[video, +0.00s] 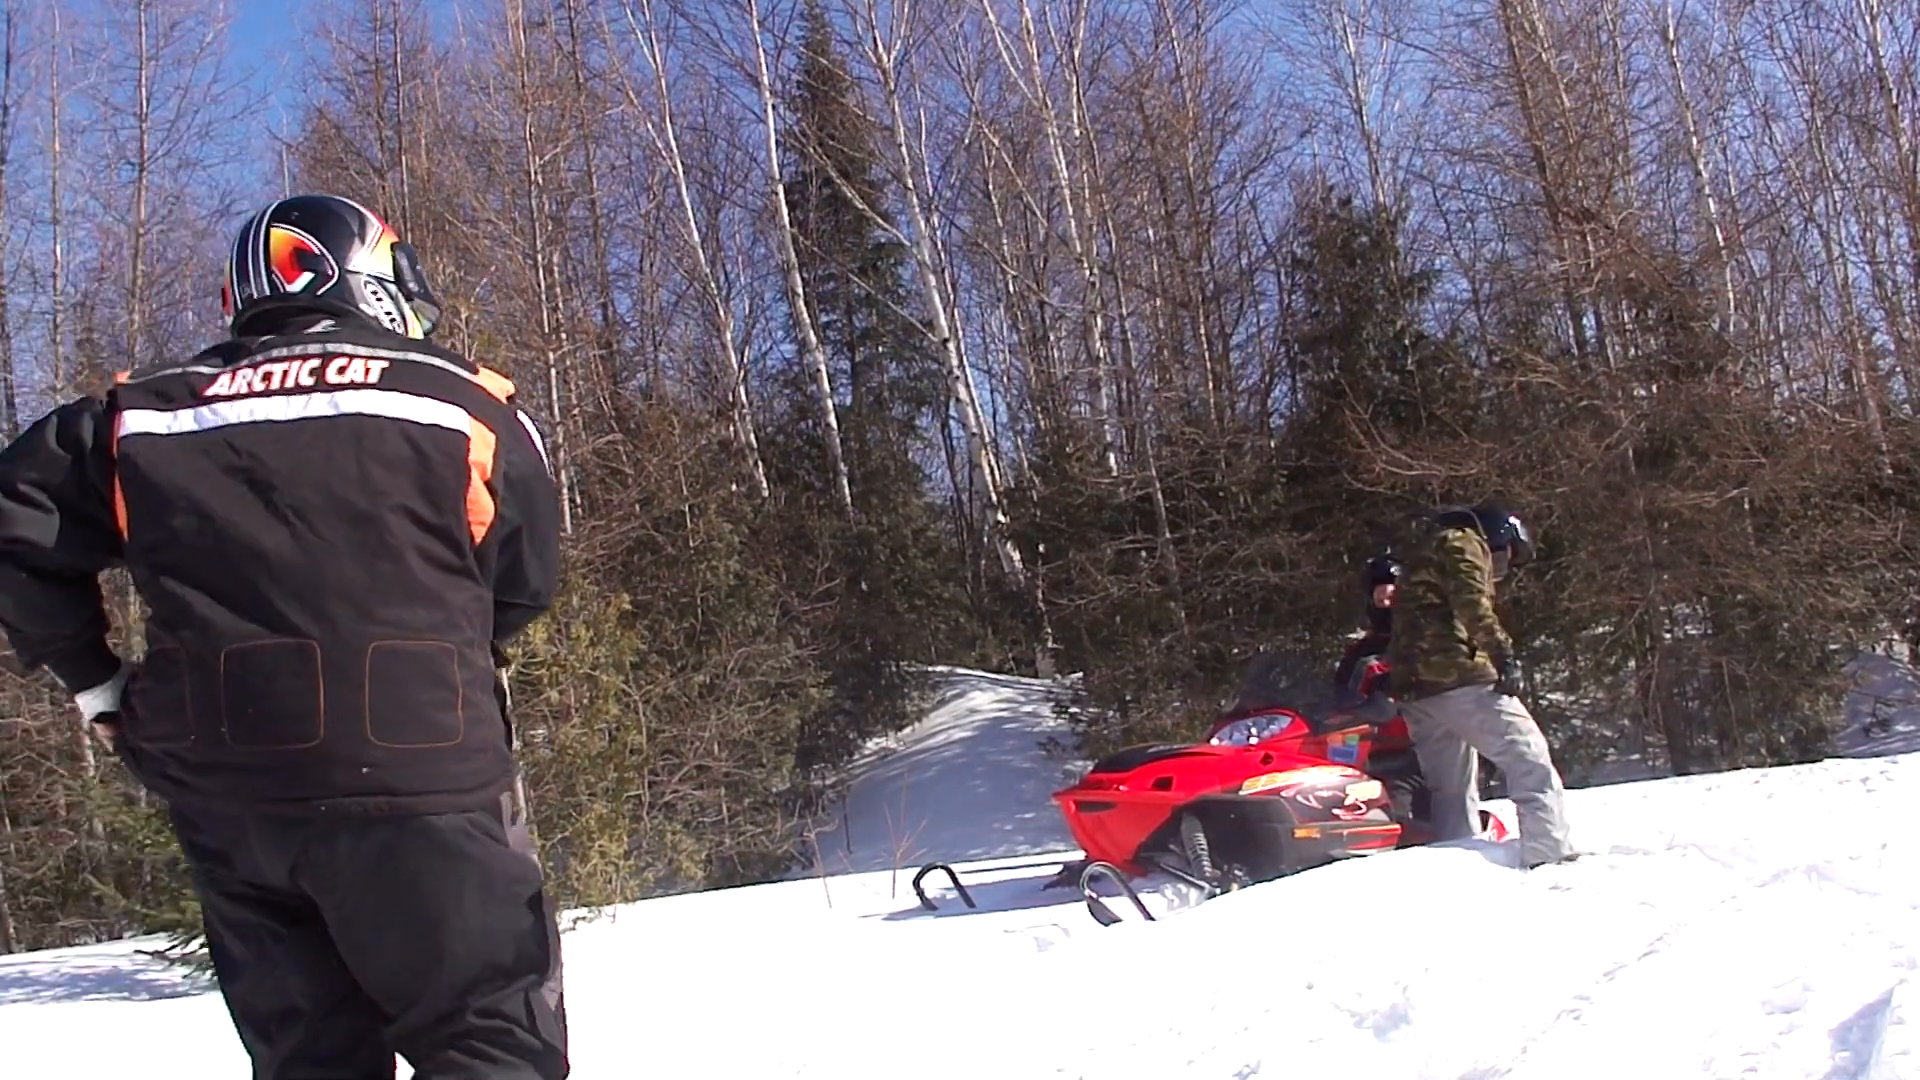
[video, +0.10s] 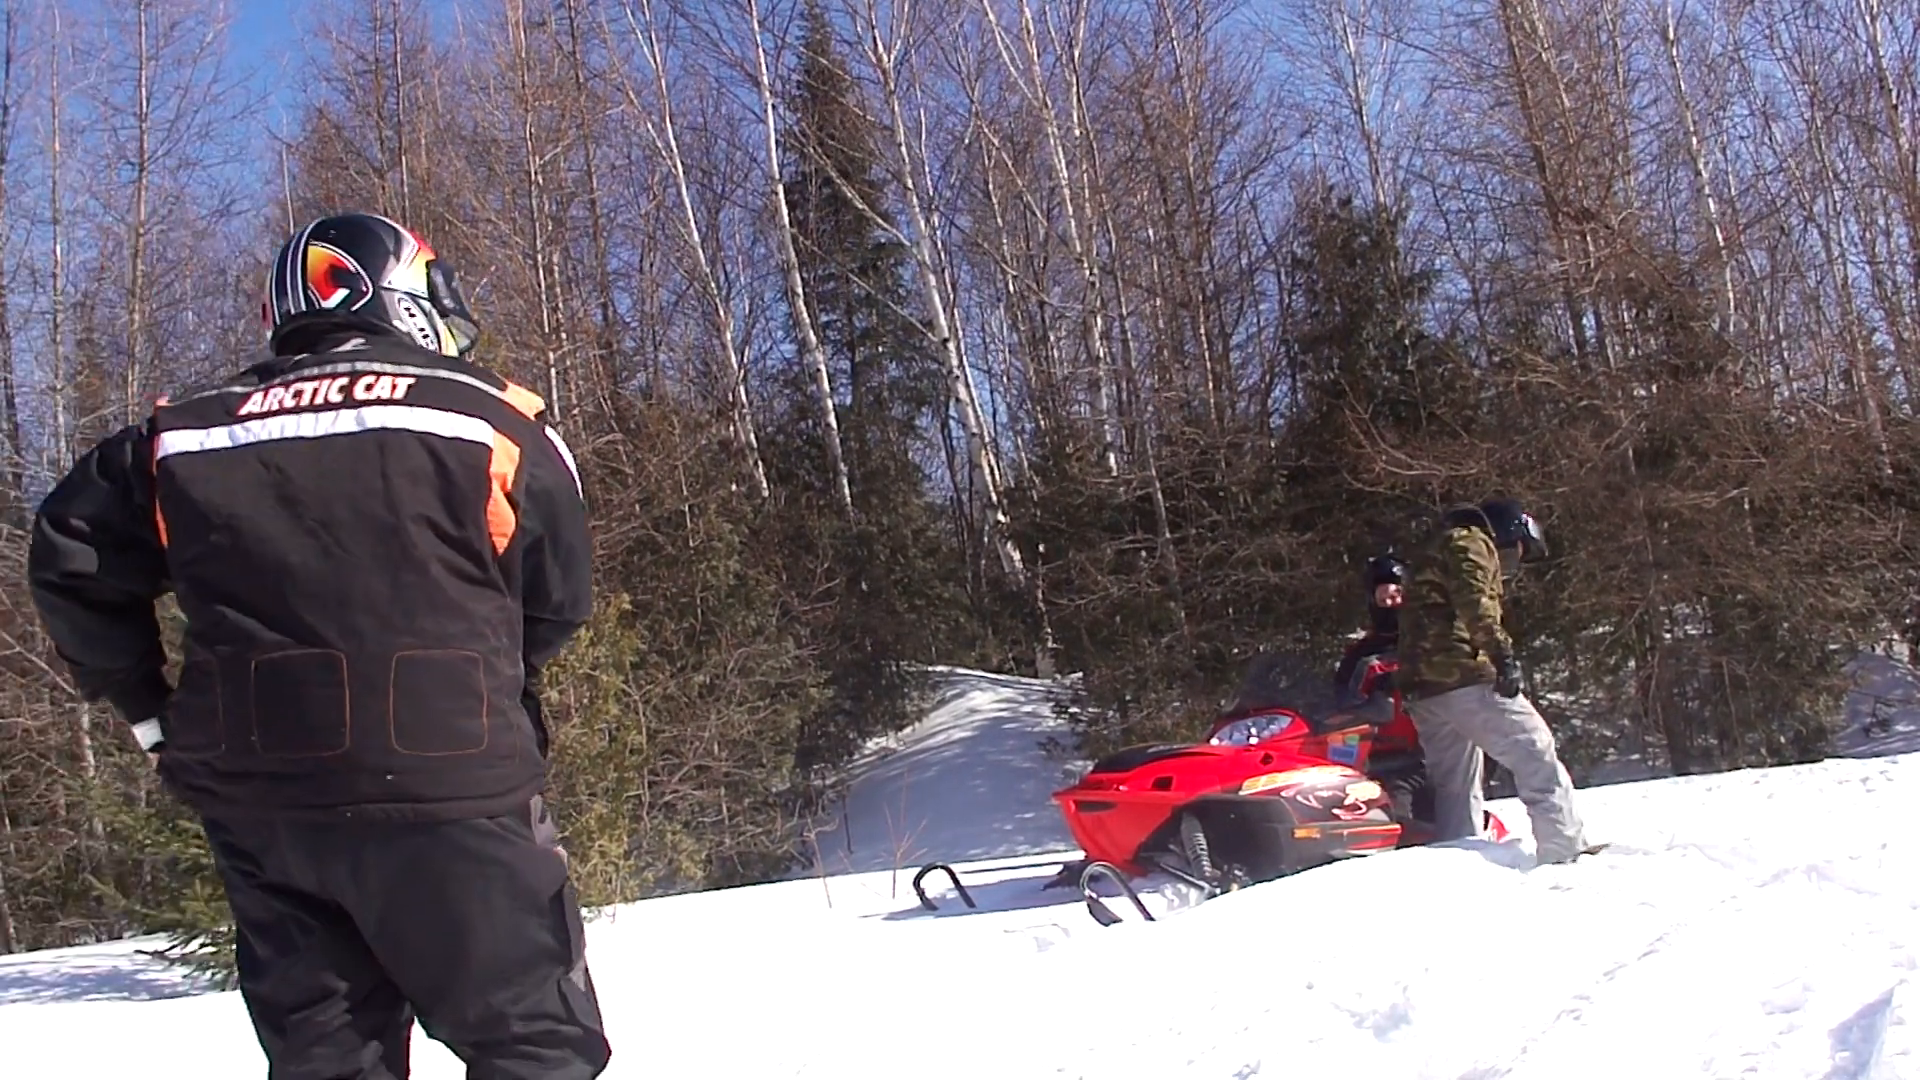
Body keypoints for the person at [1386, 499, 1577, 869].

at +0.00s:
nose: (1504, 566)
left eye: (1510, 560)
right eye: (1508, 555)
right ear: (1497, 536)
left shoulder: (1421, 551)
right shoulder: (1461, 542)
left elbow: (1409, 623)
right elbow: (1473, 606)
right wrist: (1505, 657)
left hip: (1412, 686)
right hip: (1456, 675)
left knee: (1450, 789)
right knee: (1527, 753)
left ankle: (1459, 868)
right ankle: (1548, 853)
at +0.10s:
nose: (1514, 563)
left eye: (1521, 557)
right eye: (1519, 552)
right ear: (1507, 532)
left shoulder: (1429, 548)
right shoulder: (1470, 540)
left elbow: (1416, 618)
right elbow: (1474, 602)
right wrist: (1503, 656)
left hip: (1422, 687)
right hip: (1462, 677)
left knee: (1453, 787)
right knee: (1533, 748)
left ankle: (1459, 867)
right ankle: (1562, 848)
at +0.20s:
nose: (1529, 559)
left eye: (1536, 553)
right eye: (1534, 548)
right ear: (1520, 529)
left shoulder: (1447, 549)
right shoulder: (1480, 541)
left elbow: (1430, 621)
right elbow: (1481, 604)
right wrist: (1506, 663)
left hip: (1433, 687)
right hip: (1471, 679)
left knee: (1458, 789)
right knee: (1541, 748)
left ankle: (1464, 867)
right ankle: (1584, 845)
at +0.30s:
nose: (1546, 560)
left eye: (1553, 552)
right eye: (1551, 548)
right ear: (1538, 530)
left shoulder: (1466, 544)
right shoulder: (1494, 542)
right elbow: (1488, 603)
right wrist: (1513, 666)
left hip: (1446, 686)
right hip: (1481, 680)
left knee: (1465, 778)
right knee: (1548, 751)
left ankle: (1463, 861)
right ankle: (1592, 847)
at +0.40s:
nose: (1569, 554)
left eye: (1574, 547)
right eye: (1571, 543)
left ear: (1545, 525)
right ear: (1554, 528)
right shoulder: (1513, 543)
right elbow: (1507, 612)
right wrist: (1528, 677)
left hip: (1461, 681)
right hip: (1494, 678)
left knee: (1474, 776)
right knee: (1561, 750)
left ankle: (1467, 858)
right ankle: (1593, 847)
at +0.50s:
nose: (1593, 553)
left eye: (1598, 545)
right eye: (1595, 541)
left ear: (1564, 524)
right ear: (1577, 526)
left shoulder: (1512, 544)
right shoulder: (1536, 547)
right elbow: (1525, 616)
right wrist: (1549, 678)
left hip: (1476, 683)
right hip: (1510, 680)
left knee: (1484, 783)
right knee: (1585, 745)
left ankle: (1472, 863)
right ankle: (1600, 850)